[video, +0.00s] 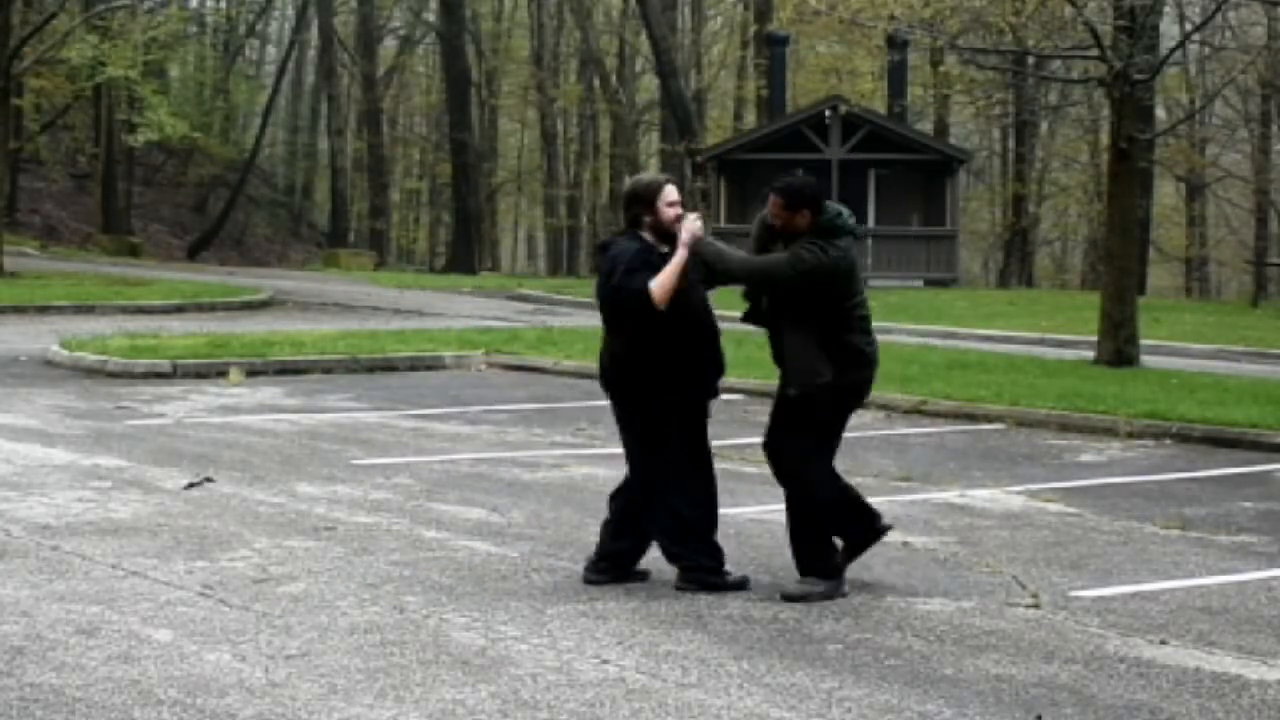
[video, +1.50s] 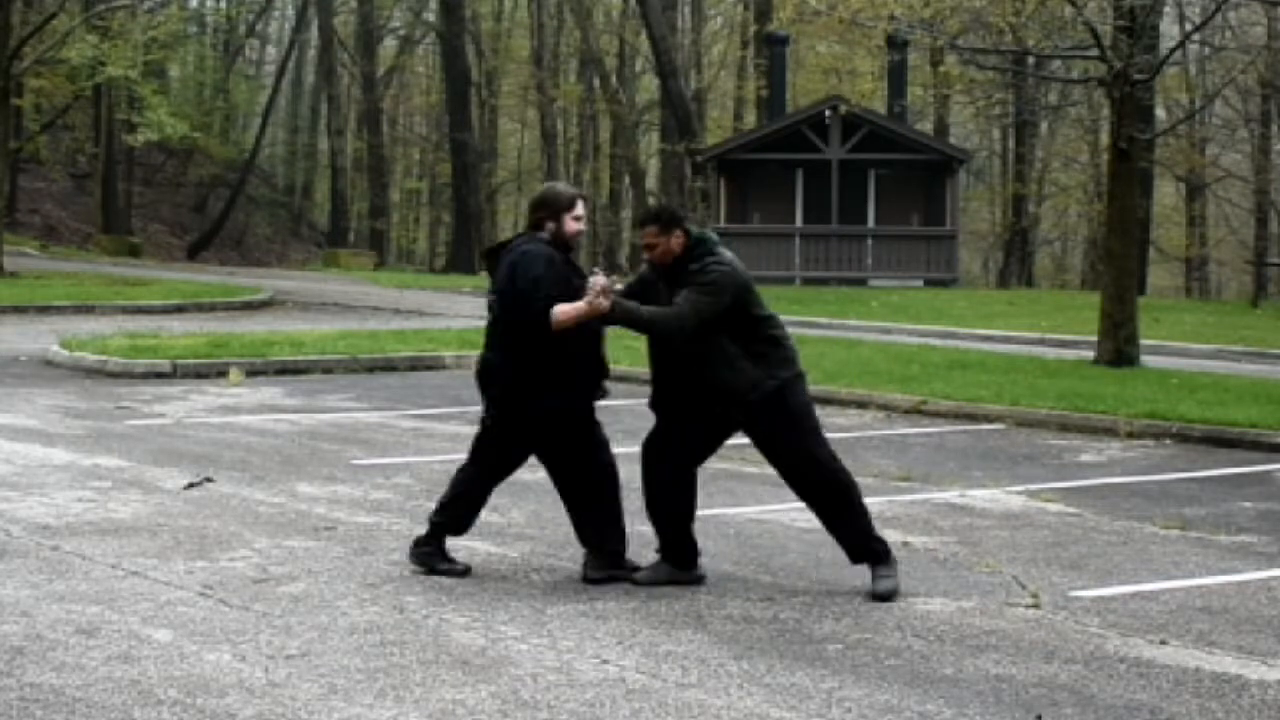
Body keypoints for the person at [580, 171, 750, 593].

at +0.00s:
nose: (680, 212)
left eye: (680, 205)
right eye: (671, 205)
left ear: (671, 211)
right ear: (646, 211)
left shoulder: (669, 251)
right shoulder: (627, 254)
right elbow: (648, 303)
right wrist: (684, 249)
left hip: (680, 384)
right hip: (649, 388)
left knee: (652, 474)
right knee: (679, 476)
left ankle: (612, 561)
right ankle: (699, 568)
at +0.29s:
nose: (684, 214)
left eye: (684, 207)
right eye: (677, 207)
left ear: (650, 215)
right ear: (651, 212)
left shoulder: (623, 250)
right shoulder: (647, 251)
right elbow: (690, 272)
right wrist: (742, 242)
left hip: (616, 373)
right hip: (645, 378)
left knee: (640, 468)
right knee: (742, 408)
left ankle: (611, 558)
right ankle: (694, 479)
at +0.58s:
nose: (701, 215)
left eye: (700, 207)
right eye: (693, 207)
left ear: (670, 212)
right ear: (669, 211)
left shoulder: (670, 250)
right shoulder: (648, 250)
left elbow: (673, 308)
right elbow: (677, 301)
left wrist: (707, 324)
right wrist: (724, 264)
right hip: (630, 372)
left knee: (634, 460)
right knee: (722, 419)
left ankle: (611, 556)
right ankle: (669, 496)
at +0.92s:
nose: (713, 220)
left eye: (715, 210)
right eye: (707, 210)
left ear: (673, 213)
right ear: (686, 215)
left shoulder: (650, 246)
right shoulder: (681, 254)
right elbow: (678, 315)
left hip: (621, 365)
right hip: (650, 372)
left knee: (634, 459)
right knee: (674, 458)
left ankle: (614, 554)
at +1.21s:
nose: (654, 260)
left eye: (661, 250)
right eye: (650, 251)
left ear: (688, 244)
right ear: (651, 249)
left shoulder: (727, 288)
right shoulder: (672, 280)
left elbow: (710, 364)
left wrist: (656, 352)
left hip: (766, 392)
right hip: (721, 390)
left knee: (783, 479)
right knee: (667, 461)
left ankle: (845, 573)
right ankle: (681, 557)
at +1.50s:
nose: (646, 256)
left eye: (652, 246)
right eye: (643, 248)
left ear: (679, 237)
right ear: (652, 243)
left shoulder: (720, 272)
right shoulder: (660, 276)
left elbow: (676, 320)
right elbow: (626, 305)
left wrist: (612, 307)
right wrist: (598, 301)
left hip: (766, 390)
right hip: (709, 396)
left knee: (814, 470)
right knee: (663, 455)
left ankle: (878, 560)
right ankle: (678, 560)